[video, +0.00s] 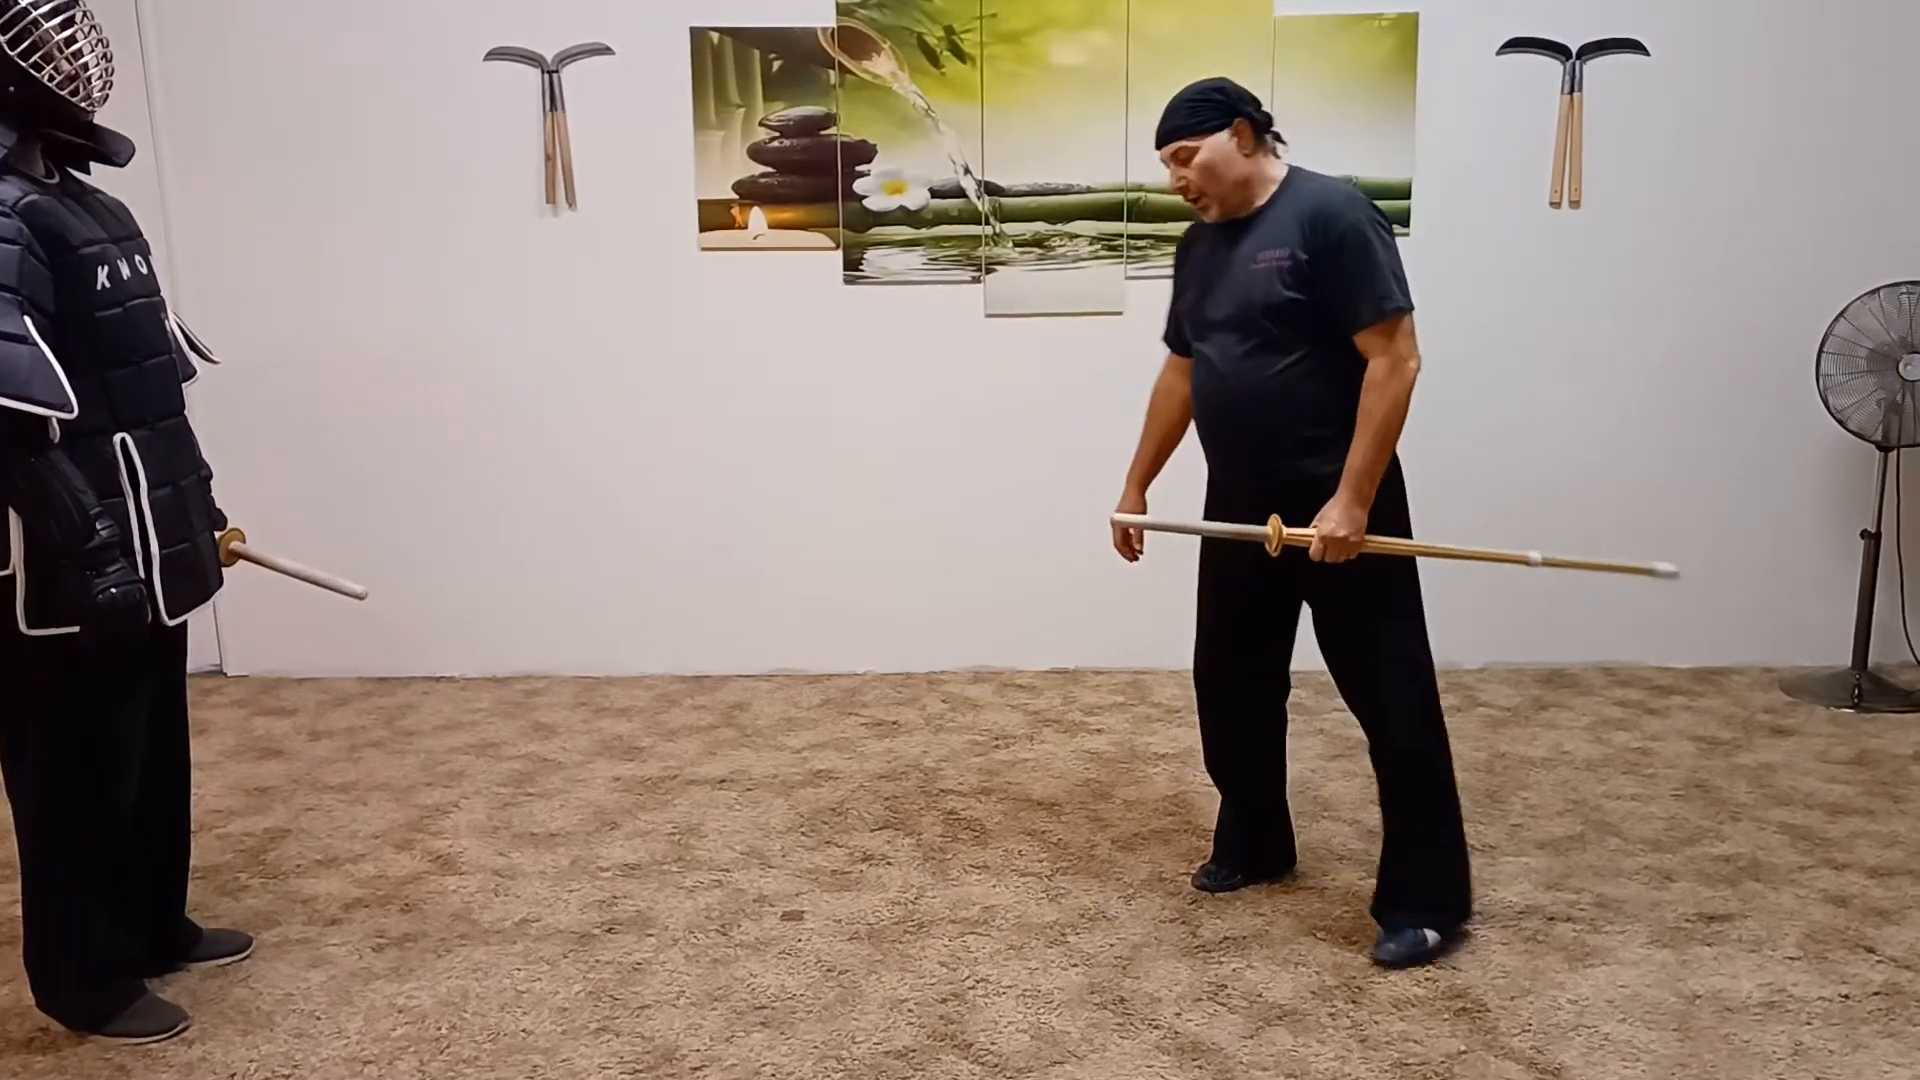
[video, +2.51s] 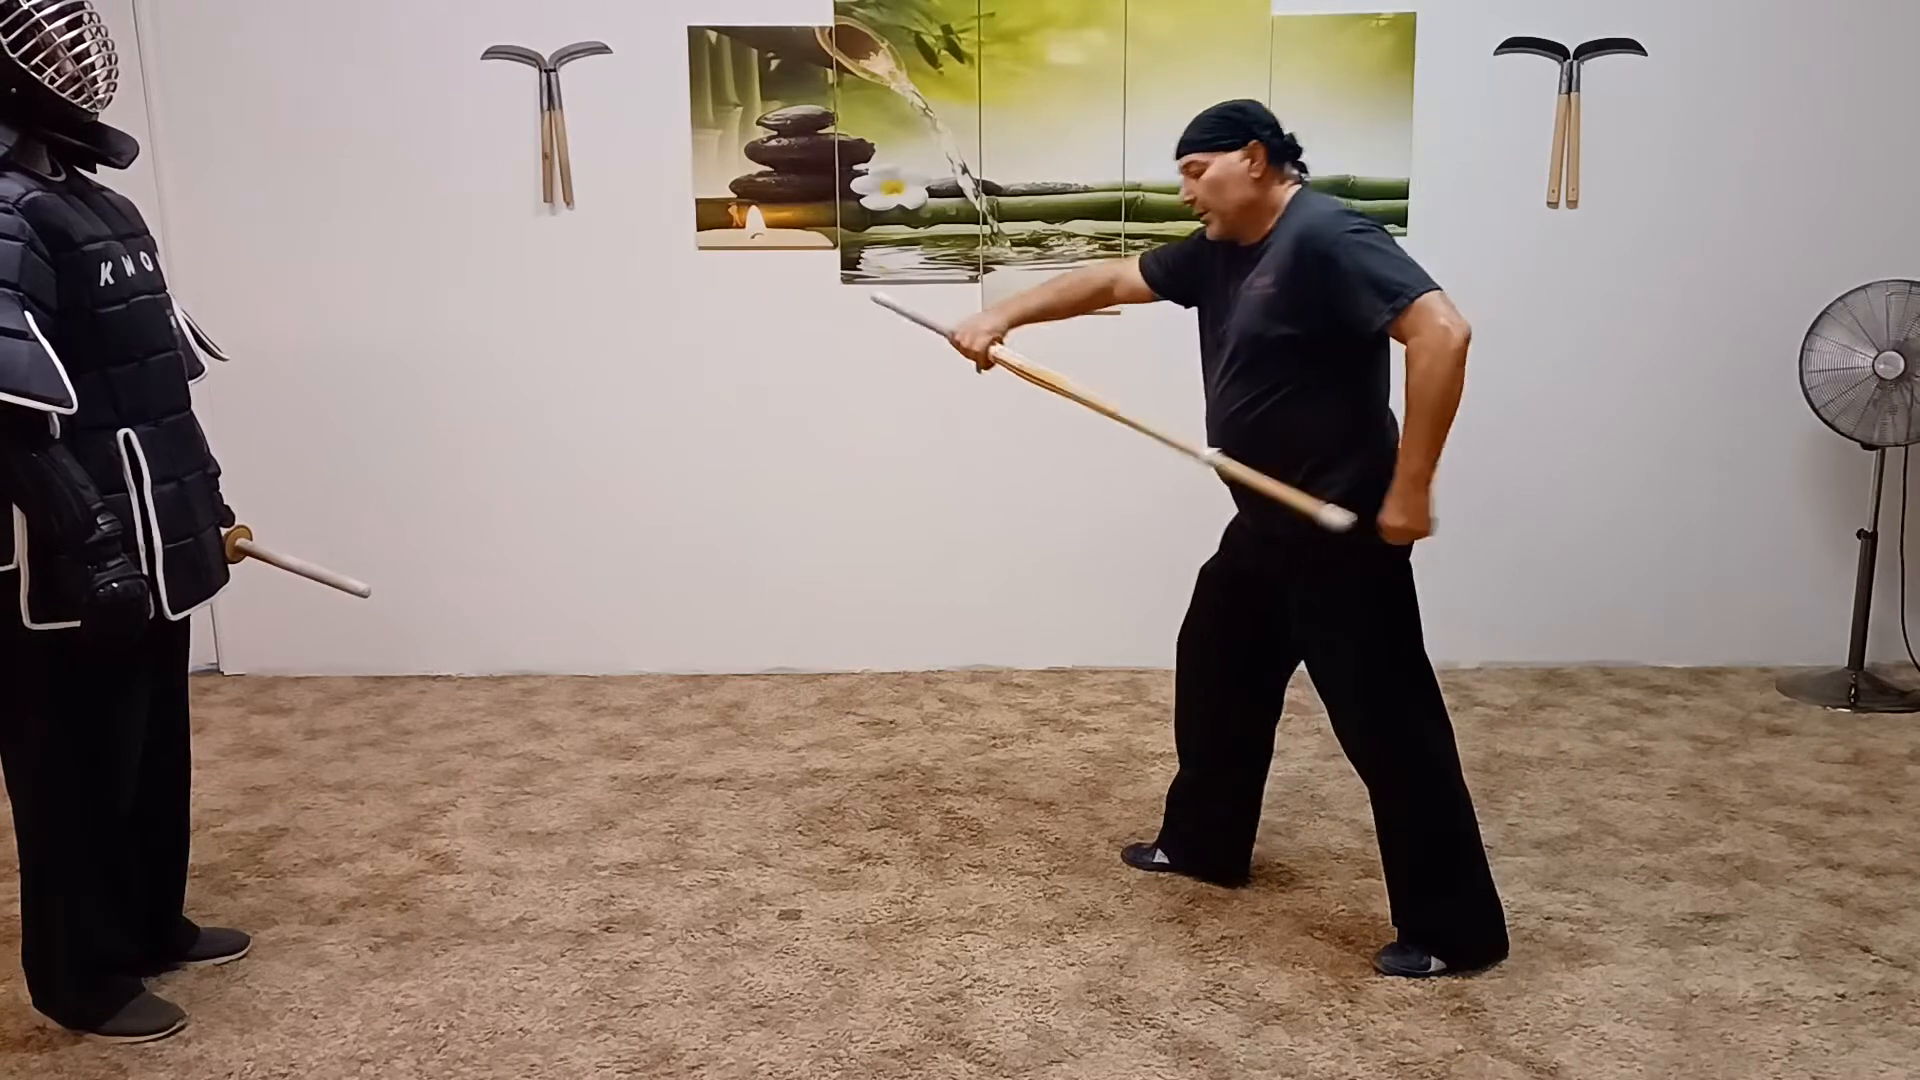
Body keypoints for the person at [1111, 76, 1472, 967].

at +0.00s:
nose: (1174, 176)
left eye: (1186, 153)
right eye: (1167, 161)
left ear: (1242, 136)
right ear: (1182, 162)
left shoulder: (1333, 214)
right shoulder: (1201, 246)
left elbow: (1396, 360)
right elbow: (1182, 368)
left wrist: (1353, 496)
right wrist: (1135, 485)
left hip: (1345, 499)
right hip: (1242, 500)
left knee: (1393, 699)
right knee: (1232, 682)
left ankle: (1428, 903)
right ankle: (1254, 842)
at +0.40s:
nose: (1267, 177)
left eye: (1279, 155)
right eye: (1263, 160)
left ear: (1339, 143)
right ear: (1315, 152)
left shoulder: (1424, 234)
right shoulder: (1312, 236)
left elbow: (1468, 397)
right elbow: (1273, 351)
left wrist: (1379, 525)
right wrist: (1208, 439)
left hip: (1425, 526)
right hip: (1326, 516)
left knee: (1446, 735)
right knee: (1300, 701)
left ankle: (1454, 929)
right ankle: (1283, 856)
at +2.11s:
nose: (1276, 165)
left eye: (1290, 146)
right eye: (1276, 149)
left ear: (1348, 147)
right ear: (1329, 154)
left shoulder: (1416, 237)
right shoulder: (1310, 247)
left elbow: (1500, 367)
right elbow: (1204, 317)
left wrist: (1380, 477)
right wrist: (1100, 376)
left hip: (1391, 526)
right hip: (1318, 517)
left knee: (1393, 727)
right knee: (1277, 689)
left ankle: (1452, 933)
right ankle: (1223, 845)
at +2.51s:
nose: (1187, 188)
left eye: (1198, 168)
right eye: (1183, 174)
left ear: (1254, 159)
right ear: (1230, 170)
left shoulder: (1327, 232)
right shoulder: (1212, 257)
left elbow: (1438, 334)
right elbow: (1107, 283)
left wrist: (1413, 484)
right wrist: (998, 315)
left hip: (1346, 531)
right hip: (1262, 527)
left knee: (1393, 731)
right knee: (1216, 667)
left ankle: (1457, 929)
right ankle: (1204, 845)